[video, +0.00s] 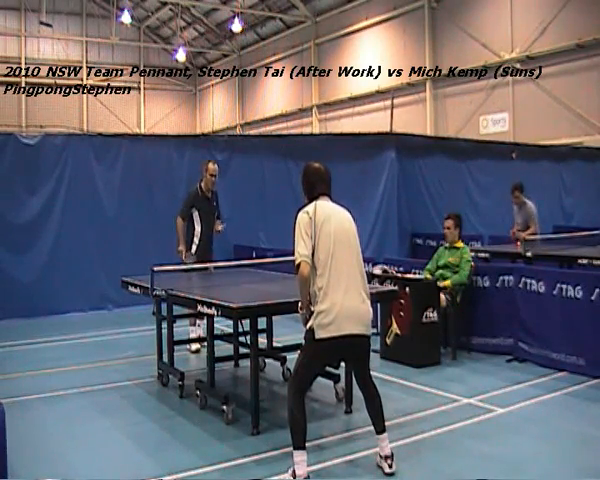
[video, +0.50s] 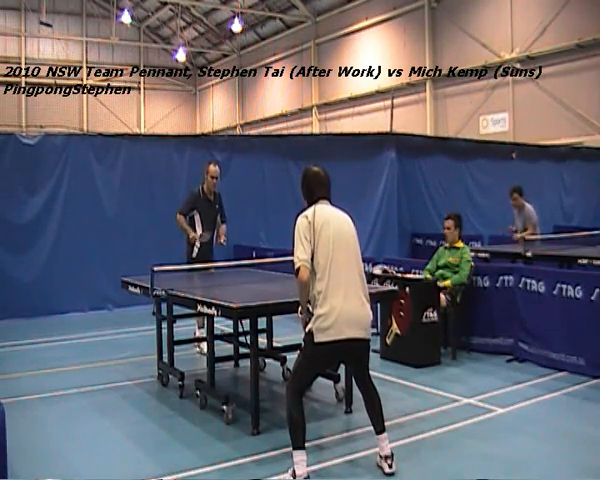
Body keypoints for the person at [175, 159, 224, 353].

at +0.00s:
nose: (214, 179)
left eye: (216, 176)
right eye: (211, 175)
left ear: (217, 176)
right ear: (203, 174)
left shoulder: (214, 195)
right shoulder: (193, 196)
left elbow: (217, 217)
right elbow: (181, 219)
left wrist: (218, 225)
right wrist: (182, 244)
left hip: (207, 252)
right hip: (193, 253)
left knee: (206, 292)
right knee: (193, 293)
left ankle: (200, 328)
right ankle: (193, 330)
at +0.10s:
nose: (214, 178)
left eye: (216, 175)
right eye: (211, 174)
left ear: (217, 176)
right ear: (204, 174)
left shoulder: (215, 195)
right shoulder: (194, 194)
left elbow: (218, 217)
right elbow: (180, 217)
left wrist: (218, 225)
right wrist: (181, 241)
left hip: (208, 251)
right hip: (195, 251)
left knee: (206, 291)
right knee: (195, 292)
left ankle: (200, 329)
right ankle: (195, 331)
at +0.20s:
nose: (214, 178)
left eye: (216, 175)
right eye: (211, 175)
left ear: (218, 176)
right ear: (204, 174)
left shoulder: (215, 195)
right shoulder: (194, 194)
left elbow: (219, 217)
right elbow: (180, 216)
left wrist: (218, 226)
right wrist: (183, 240)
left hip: (208, 251)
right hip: (194, 252)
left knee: (207, 292)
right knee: (196, 293)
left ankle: (202, 331)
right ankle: (197, 332)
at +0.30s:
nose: (214, 179)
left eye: (217, 176)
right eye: (212, 175)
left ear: (218, 177)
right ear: (204, 175)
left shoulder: (216, 196)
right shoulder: (195, 195)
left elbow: (220, 219)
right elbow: (180, 215)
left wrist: (219, 228)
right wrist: (186, 238)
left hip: (208, 251)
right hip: (195, 251)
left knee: (208, 291)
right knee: (199, 292)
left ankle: (202, 331)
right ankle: (199, 331)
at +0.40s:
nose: (214, 179)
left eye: (216, 176)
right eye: (212, 176)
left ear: (218, 177)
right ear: (204, 175)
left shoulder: (216, 196)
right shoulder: (195, 195)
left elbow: (221, 219)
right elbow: (180, 215)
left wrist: (220, 231)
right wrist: (188, 236)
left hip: (209, 250)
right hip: (196, 250)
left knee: (208, 291)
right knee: (198, 292)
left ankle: (202, 330)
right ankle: (199, 330)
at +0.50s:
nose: (215, 181)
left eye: (217, 178)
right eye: (212, 177)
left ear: (219, 178)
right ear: (205, 177)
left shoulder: (217, 197)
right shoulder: (195, 196)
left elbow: (222, 220)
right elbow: (179, 215)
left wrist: (221, 233)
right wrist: (190, 232)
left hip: (209, 249)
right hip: (196, 249)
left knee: (209, 291)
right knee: (199, 292)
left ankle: (202, 332)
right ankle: (200, 332)